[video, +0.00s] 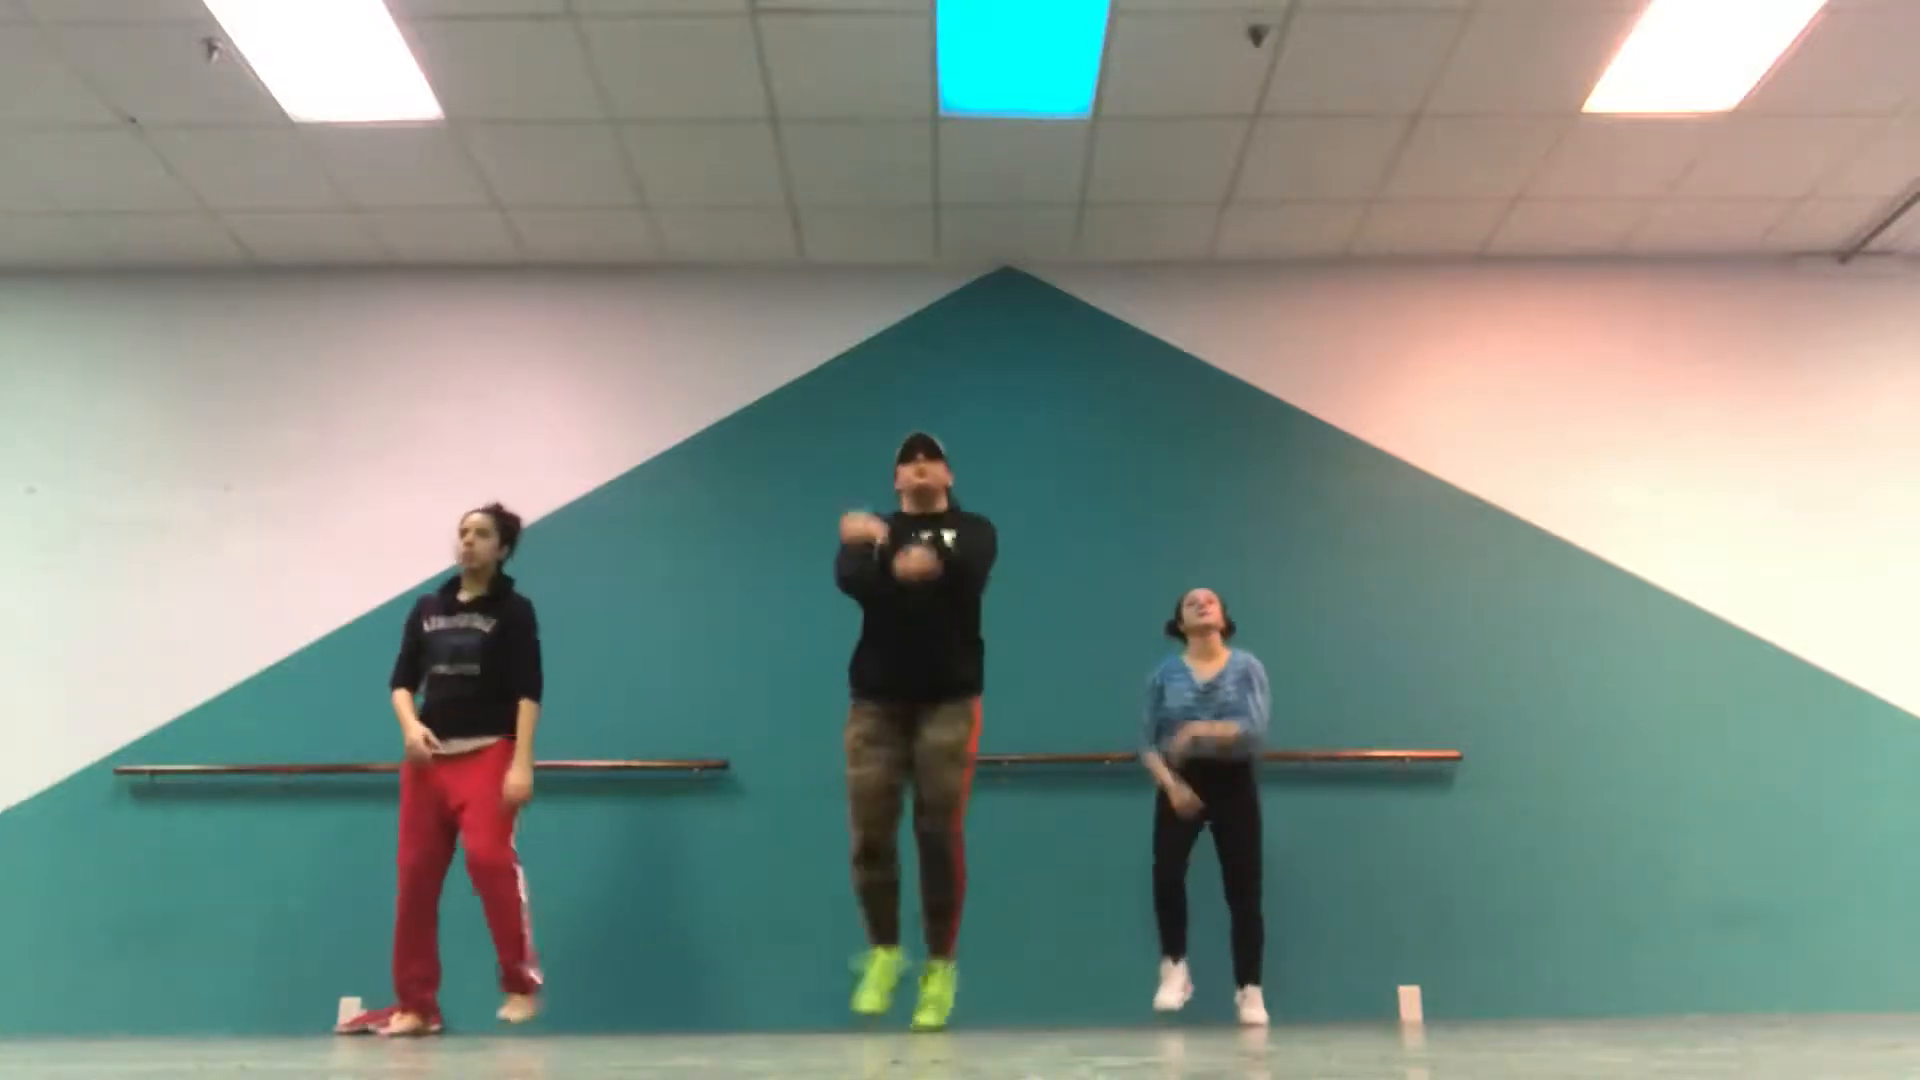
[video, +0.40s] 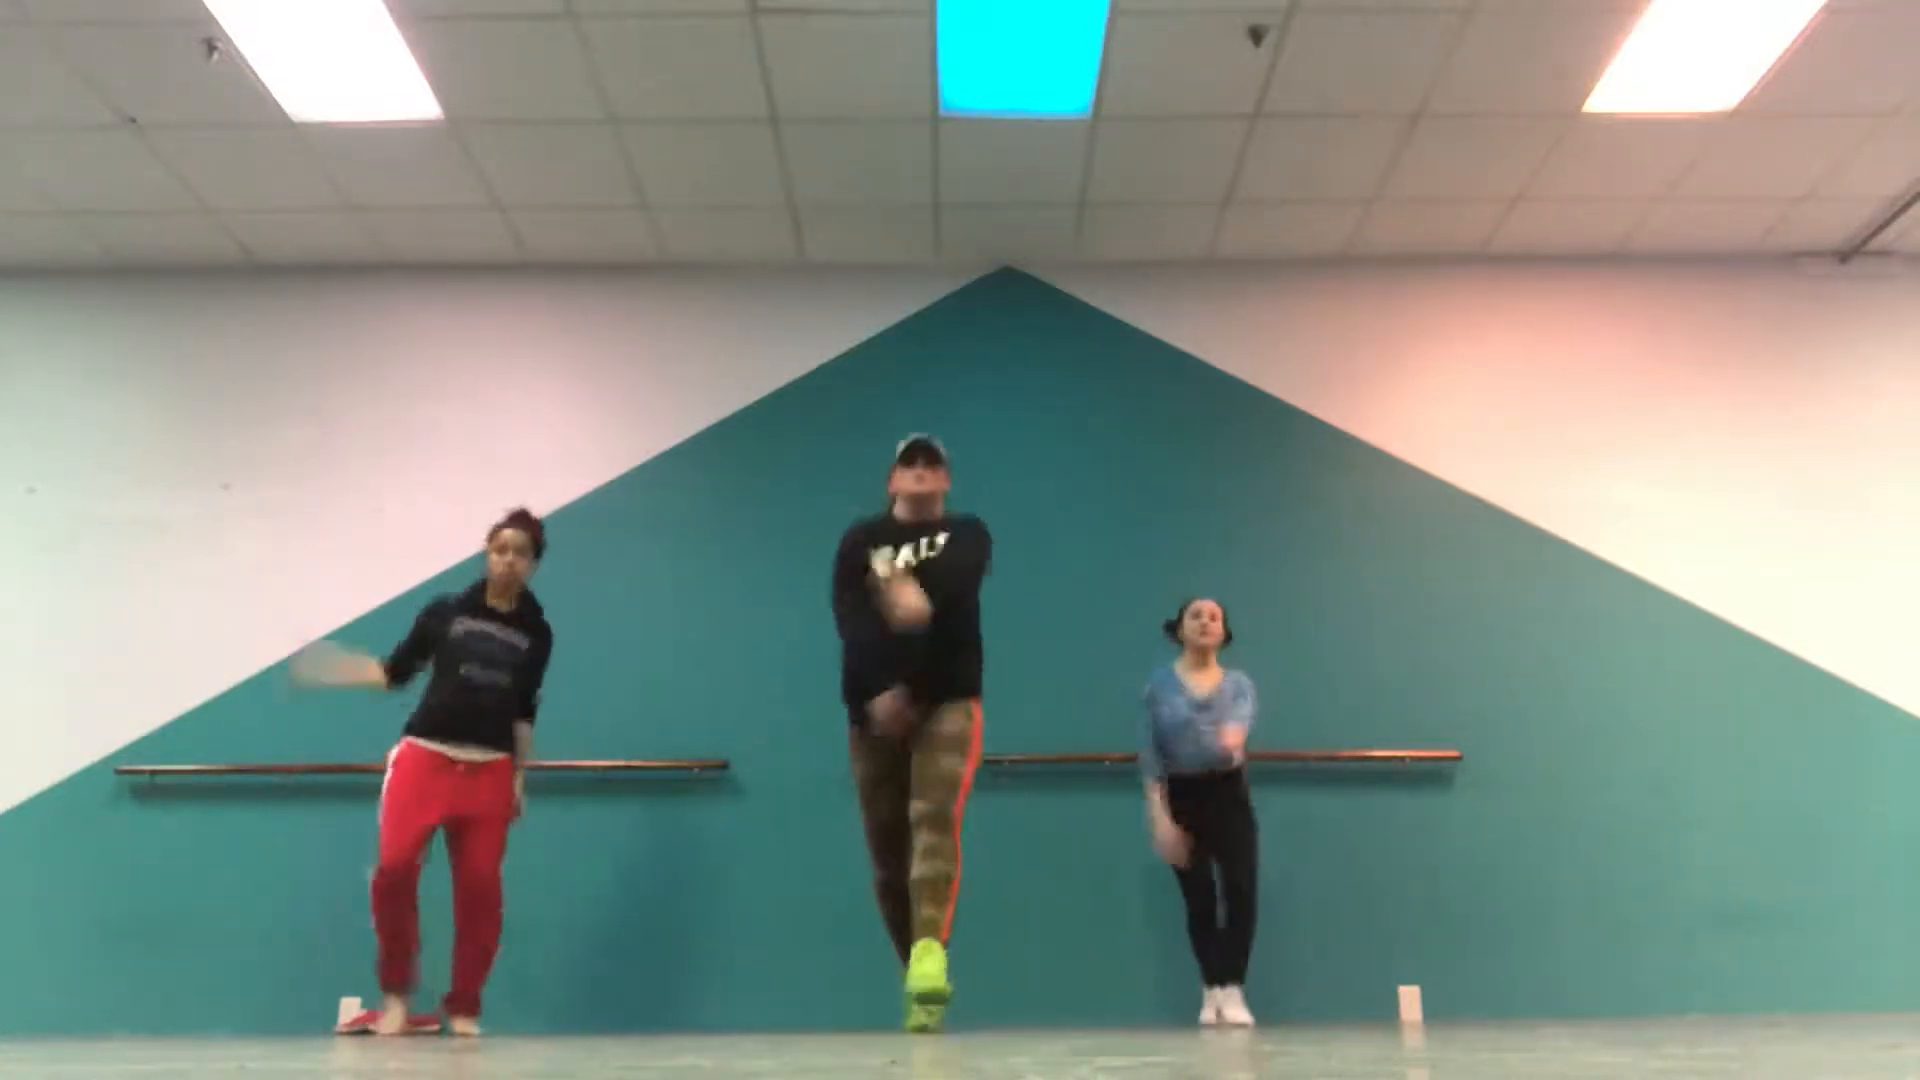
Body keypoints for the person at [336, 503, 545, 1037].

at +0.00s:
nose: (467, 541)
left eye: (479, 535)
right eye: (463, 533)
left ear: (502, 547)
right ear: (456, 543)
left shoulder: (515, 610)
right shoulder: (427, 609)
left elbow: (528, 691)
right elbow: (402, 681)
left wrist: (522, 763)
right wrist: (410, 725)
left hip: (488, 757)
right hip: (426, 760)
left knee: (489, 862)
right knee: (415, 880)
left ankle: (520, 986)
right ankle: (417, 1005)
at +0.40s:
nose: (508, 561)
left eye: (520, 553)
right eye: (501, 550)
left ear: (534, 564)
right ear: (487, 553)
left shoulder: (536, 631)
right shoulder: (447, 611)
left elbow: (524, 711)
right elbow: (392, 671)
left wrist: (519, 778)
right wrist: (326, 668)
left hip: (489, 771)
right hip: (423, 761)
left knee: (481, 886)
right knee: (394, 869)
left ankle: (463, 1008)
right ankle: (395, 993)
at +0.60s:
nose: (530, 586)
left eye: (540, 578)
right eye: (522, 575)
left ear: (549, 587)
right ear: (504, 576)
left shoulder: (535, 648)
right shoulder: (473, 608)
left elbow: (495, 709)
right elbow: (445, 584)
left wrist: (488, 762)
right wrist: (421, 563)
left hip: (471, 781)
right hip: (412, 764)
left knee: (474, 896)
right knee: (367, 852)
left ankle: (457, 1010)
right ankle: (301, 914)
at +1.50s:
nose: (449, 594)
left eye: (459, 584)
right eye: (446, 584)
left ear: (487, 588)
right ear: (451, 587)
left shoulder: (509, 633)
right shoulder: (464, 644)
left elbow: (504, 720)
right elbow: (463, 726)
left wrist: (486, 784)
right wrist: (461, 785)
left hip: (558, 773)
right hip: (503, 785)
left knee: (583, 877)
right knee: (446, 884)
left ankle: (632, 998)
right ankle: (466, 1011)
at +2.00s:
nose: (444, 561)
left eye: (454, 551)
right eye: (441, 552)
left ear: (484, 555)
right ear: (442, 556)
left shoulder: (511, 597)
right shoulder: (436, 603)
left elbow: (557, 630)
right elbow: (376, 647)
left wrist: (482, 656)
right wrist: (421, 667)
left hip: (503, 739)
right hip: (452, 745)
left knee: (400, 777)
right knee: (451, 879)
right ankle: (484, 998)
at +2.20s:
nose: (419, 562)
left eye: (429, 553)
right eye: (415, 553)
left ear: (460, 559)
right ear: (413, 558)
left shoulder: (481, 613)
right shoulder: (398, 615)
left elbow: (494, 686)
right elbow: (379, 685)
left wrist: (458, 738)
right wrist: (390, 744)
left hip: (445, 755)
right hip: (402, 753)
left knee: (361, 844)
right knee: (427, 884)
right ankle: (482, 993)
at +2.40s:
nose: (372, 575)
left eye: (384, 567)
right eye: (369, 565)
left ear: (412, 574)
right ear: (365, 569)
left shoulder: (424, 632)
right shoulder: (341, 618)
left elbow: (454, 703)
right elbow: (278, 665)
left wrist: (381, 719)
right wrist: (319, 715)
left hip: (383, 765)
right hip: (337, 766)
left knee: (311, 869)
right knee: (361, 903)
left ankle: (300, 1012)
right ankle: (456, 982)